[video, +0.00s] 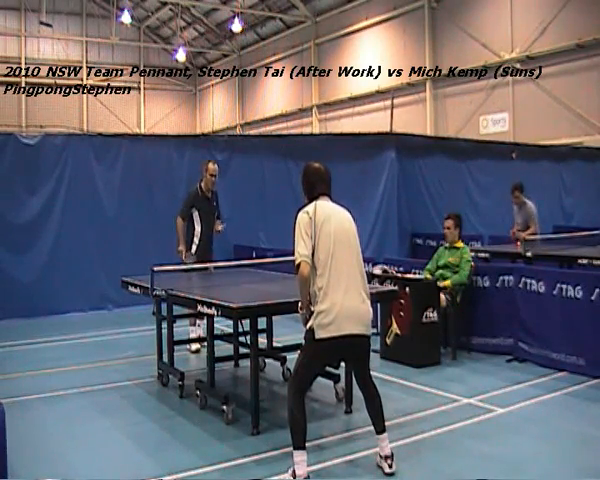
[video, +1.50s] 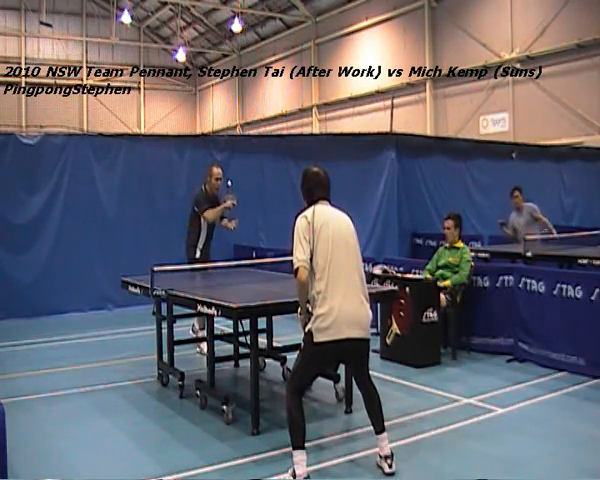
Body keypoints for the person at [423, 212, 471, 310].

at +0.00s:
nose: (445, 232)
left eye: (448, 228)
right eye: (444, 228)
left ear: (457, 230)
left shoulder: (464, 251)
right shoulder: (442, 249)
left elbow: (463, 277)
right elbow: (429, 268)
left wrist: (445, 283)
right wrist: (428, 277)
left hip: (452, 286)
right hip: (435, 282)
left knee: (440, 298)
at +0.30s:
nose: (445, 232)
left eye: (448, 229)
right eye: (444, 229)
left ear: (457, 230)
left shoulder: (464, 251)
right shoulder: (442, 249)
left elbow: (463, 277)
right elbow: (429, 268)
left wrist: (445, 283)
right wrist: (428, 277)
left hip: (453, 285)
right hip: (436, 281)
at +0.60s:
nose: (445, 232)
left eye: (448, 229)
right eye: (444, 229)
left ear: (457, 230)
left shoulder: (464, 251)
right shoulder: (442, 249)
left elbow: (463, 276)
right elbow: (429, 268)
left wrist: (445, 283)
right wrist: (428, 277)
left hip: (453, 285)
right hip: (436, 281)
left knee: (442, 298)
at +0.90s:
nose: (445, 232)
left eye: (448, 229)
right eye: (444, 229)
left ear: (457, 230)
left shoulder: (464, 251)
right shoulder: (441, 249)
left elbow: (463, 276)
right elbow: (429, 267)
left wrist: (445, 283)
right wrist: (428, 277)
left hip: (453, 284)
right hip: (435, 281)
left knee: (442, 297)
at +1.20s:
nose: (445, 232)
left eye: (448, 229)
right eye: (444, 228)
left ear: (457, 230)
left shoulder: (464, 251)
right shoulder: (442, 249)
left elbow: (463, 276)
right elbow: (430, 267)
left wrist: (445, 283)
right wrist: (428, 276)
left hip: (453, 285)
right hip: (436, 282)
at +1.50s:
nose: (445, 232)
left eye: (448, 229)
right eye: (444, 229)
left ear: (457, 230)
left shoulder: (464, 251)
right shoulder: (442, 249)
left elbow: (463, 276)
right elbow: (430, 267)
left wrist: (446, 283)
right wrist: (428, 276)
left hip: (453, 284)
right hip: (436, 281)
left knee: (442, 298)